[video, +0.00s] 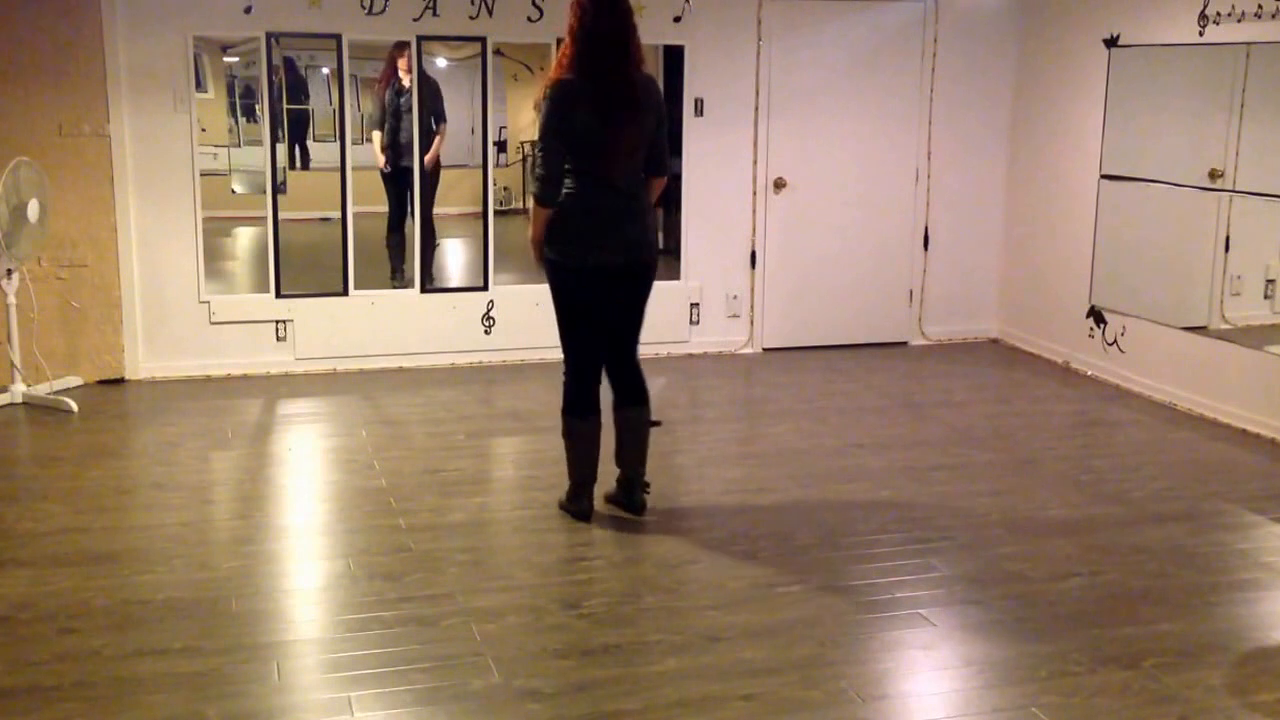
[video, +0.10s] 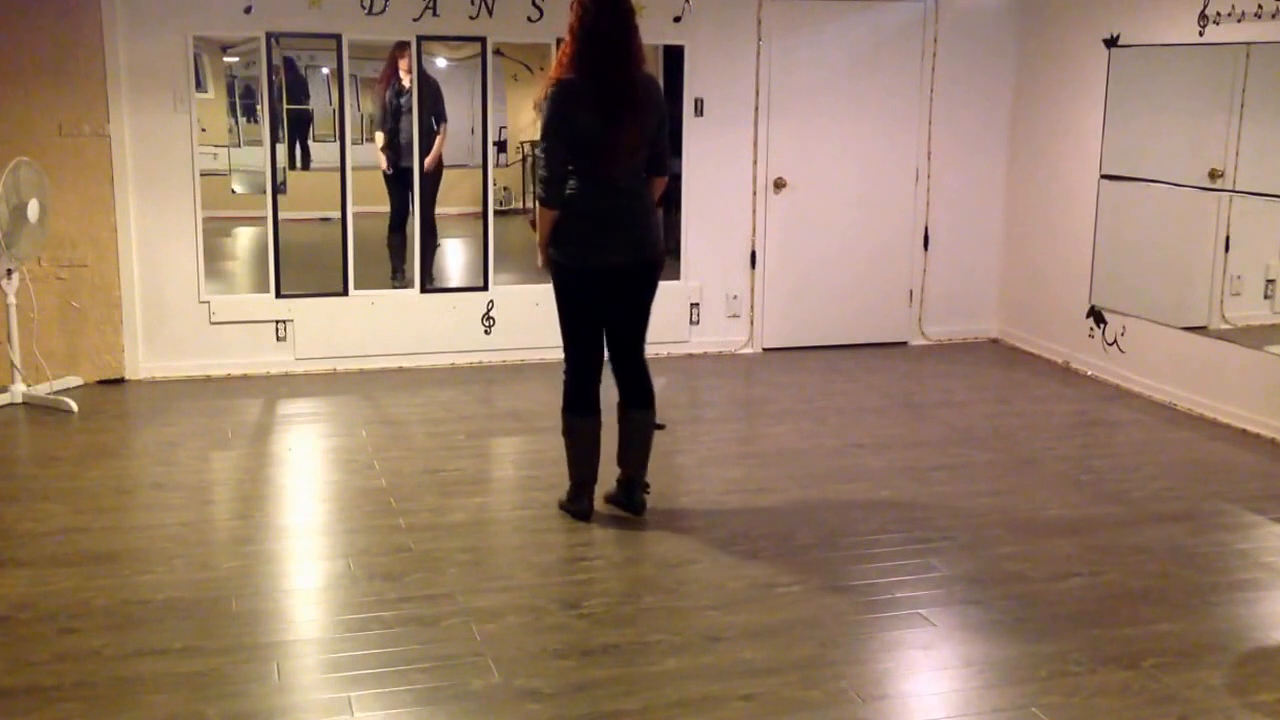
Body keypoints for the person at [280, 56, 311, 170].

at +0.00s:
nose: (280, 70)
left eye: (281, 67)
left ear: (283, 67)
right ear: (294, 65)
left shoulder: (281, 80)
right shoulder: (301, 78)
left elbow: (278, 98)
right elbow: (306, 95)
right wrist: (304, 103)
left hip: (288, 112)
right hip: (302, 111)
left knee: (290, 143)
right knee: (302, 141)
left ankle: (291, 168)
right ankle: (305, 166)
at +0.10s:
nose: (281, 70)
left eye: (281, 67)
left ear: (284, 67)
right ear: (294, 65)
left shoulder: (282, 81)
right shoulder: (302, 78)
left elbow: (279, 98)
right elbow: (307, 95)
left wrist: (280, 110)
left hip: (289, 113)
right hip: (304, 112)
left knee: (290, 143)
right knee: (303, 142)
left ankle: (291, 169)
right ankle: (306, 167)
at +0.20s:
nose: (281, 70)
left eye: (282, 67)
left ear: (284, 67)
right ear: (295, 65)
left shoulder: (282, 80)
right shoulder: (302, 78)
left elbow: (279, 98)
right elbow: (307, 96)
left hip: (289, 113)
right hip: (304, 112)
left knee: (291, 144)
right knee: (305, 143)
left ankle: (291, 169)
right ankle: (306, 167)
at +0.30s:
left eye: (283, 67)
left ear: (283, 67)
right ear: (295, 65)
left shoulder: (282, 81)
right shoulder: (302, 78)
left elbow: (279, 99)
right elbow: (309, 95)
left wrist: (281, 111)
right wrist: (306, 103)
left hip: (290, 112)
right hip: (305, 111)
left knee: (291, 144)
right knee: (306, 142)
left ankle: (291, 170)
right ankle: (306, 169)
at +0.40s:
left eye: (284, 67)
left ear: (284, 67)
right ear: (296, 65)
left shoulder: (282, 81)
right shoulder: (302, 78)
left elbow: (279, 98)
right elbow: (309, 95)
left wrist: (281, 110)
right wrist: (307, 103)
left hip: (290, 112)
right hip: (305, 111)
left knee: (292, 144)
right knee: (307, 142)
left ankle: (291, 170)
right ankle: (306, 169)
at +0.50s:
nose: (284, 70)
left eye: (284, 67)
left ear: (285, 68)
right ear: (296, 66)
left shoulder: (284, 82)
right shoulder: (303, 79)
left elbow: (281, 99)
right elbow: (310, 97)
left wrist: (282, 112)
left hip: (291, 113)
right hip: (307, 112)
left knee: (293, 143)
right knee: (307, 142)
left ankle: (291, 169)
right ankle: (306, 168)